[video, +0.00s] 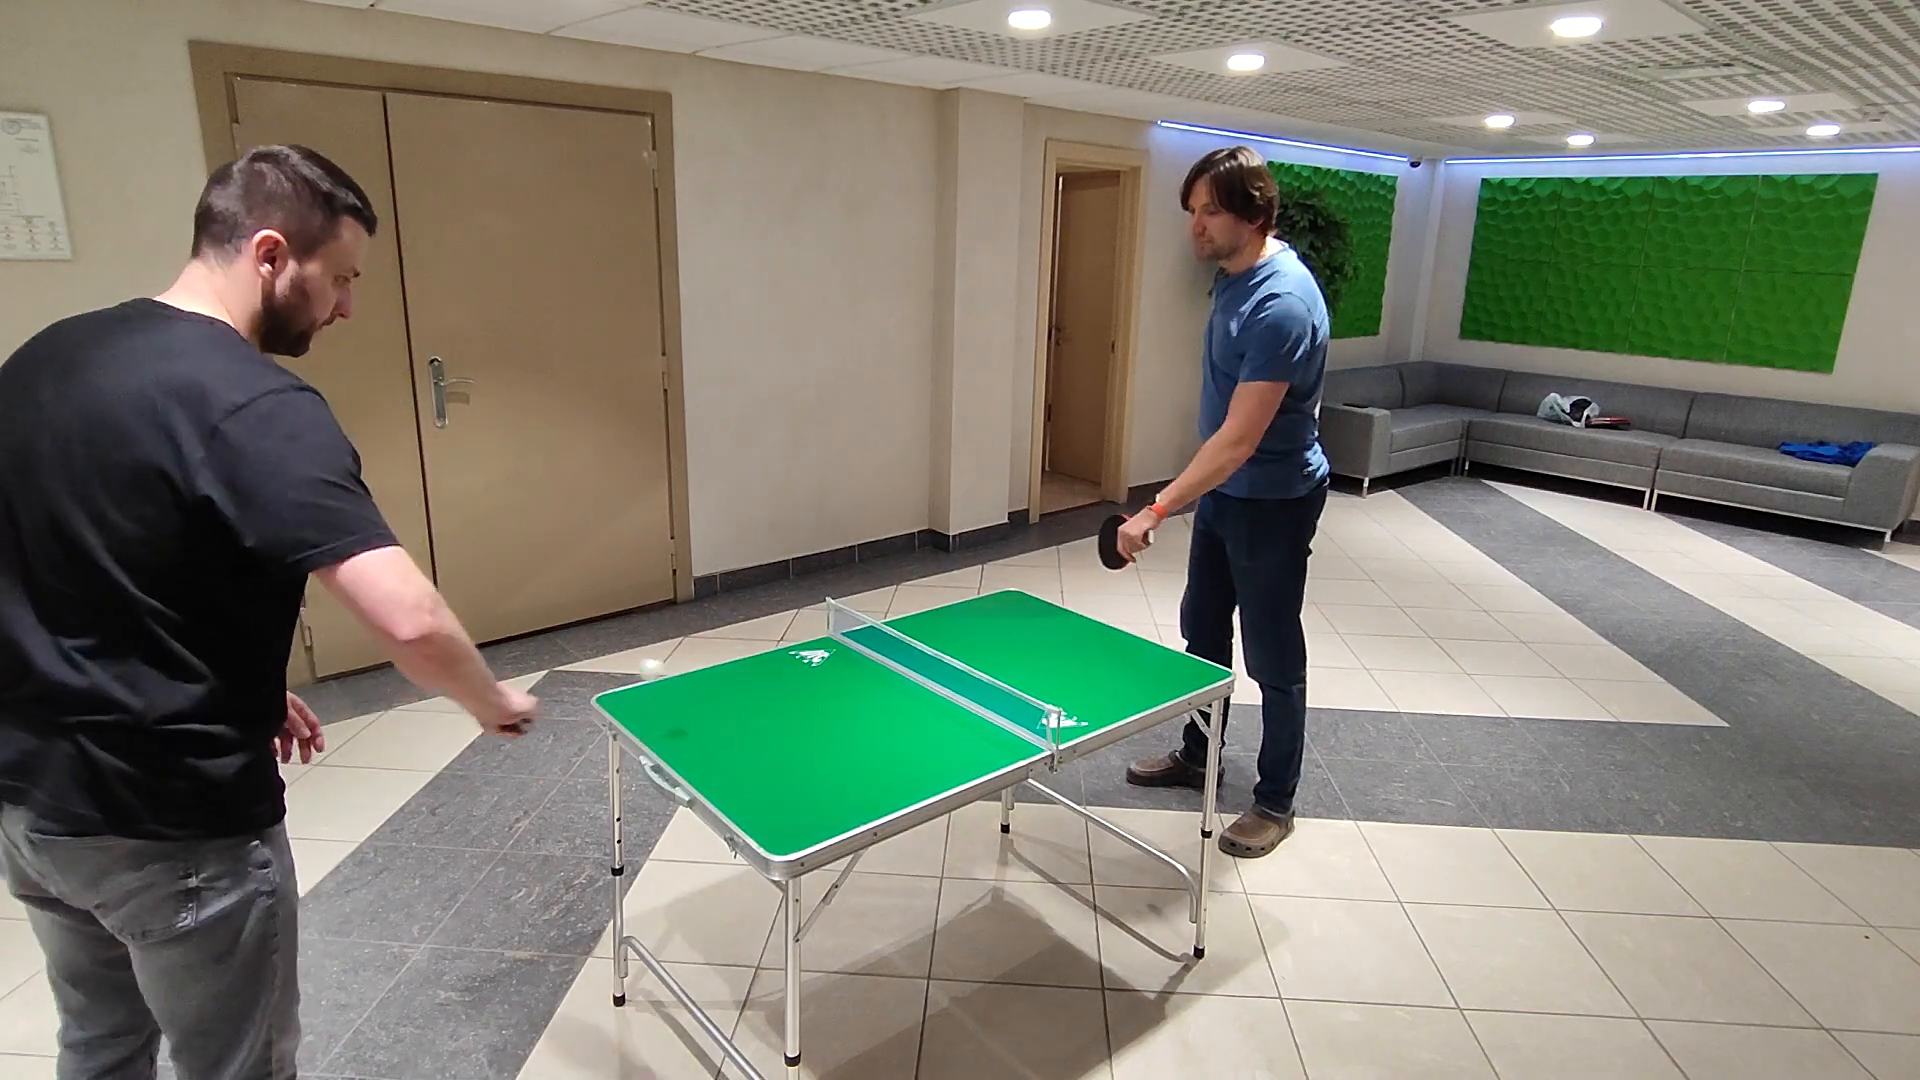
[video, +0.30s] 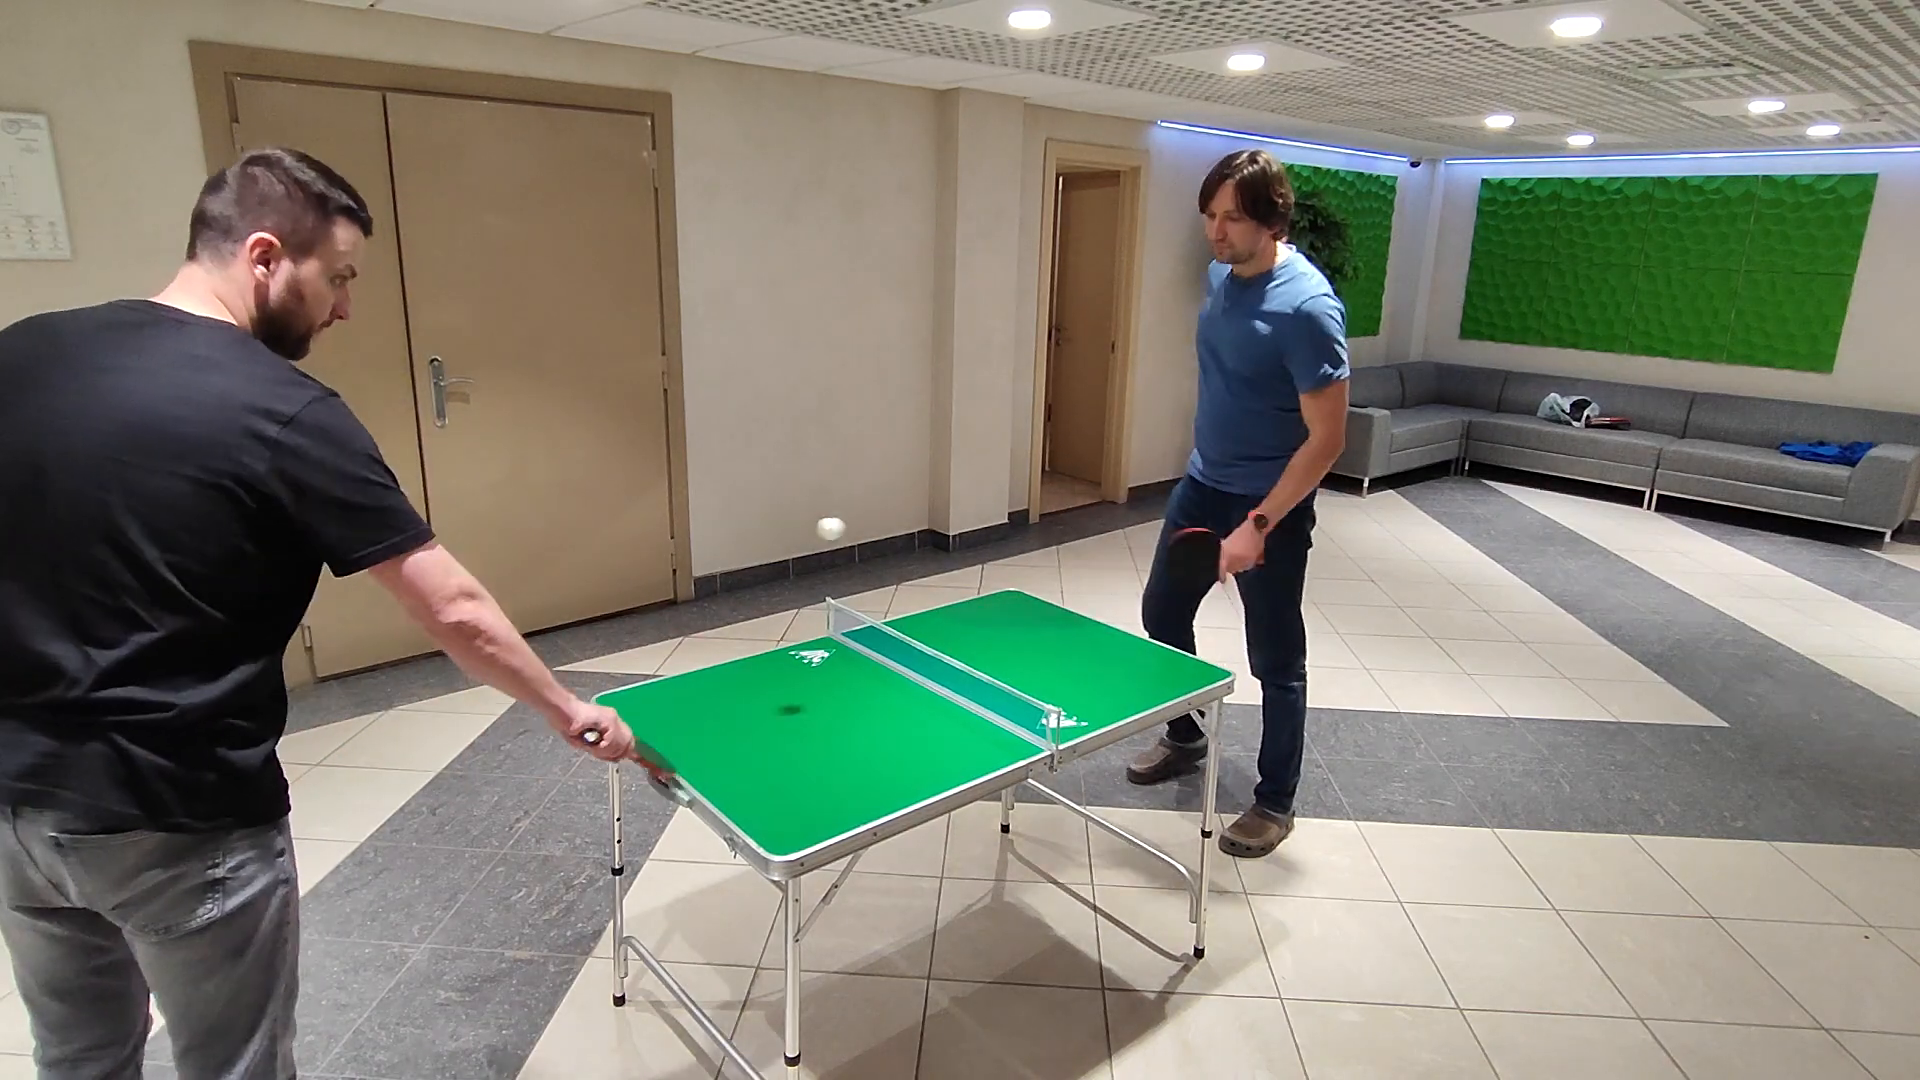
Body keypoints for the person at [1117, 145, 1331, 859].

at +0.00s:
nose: (1193, 226)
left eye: (1204, 214)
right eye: (1192, 213)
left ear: (1247, 215)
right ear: (1232, 216)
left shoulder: (1283, 307)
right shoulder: (1240, 276)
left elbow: (1237, 439)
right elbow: (1236, 409)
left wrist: (1153, 511)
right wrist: (1206, 480)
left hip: (1275, 497)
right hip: (1225, 486)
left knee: (1274, 658)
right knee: (1203, 629)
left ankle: (1274, 803)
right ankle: (1195, 756)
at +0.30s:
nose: (1214, 230)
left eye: (1228, 218)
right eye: (1210, 215)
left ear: (1269, 222)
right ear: (1211, 216)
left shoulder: (1308, 307)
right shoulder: (1226, 275)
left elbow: (1329, 437)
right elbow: (1231, 384)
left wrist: (1259, 523)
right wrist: (1207, 471)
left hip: (1271, 505)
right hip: (1205, 485)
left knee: (1277, 662)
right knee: (1163, 617)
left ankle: (1274, 803)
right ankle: (1185, 740)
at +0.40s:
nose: (1222, 238)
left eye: (1237, 225)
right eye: (1216, 224)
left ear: (1276, 226)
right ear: (1209, 220)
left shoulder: (1312, 310)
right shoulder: (1207, 277)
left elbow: (1326, 439)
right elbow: (1206, 375)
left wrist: (1290, 532)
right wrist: (1175, 451)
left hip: (1267, 506)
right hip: (1195, 488)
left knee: (1277, 664)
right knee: (1159, 616)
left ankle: (1273, 803)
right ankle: (1165, 732)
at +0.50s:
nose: (1225, 247)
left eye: (1241, 235)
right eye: (1216, 232)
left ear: (1275, 233)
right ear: (1206, 226)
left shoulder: (1307, 316)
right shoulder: (1189, 279)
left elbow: (1319, 434)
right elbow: (1173, 371)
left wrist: (1316, 533)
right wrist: (1141, 454)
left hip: (1260, 500)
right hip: (1183, 488)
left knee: (1271, 659)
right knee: (1151, 618)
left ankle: (1273, 803)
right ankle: (1146, 725)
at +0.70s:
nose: (1209, 273)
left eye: (1225, 261)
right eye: (1199, 256)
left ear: (1250, 261)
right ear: (1185, 249)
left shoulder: (1273, 339)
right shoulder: (1154, 300)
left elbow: (1277, 457)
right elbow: (1113, 381)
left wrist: (1278, 552)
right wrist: (1079, 458)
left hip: (1227, 499)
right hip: (1150, 487)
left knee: (1240, 641)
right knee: (1125, 613)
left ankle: (1270, 799)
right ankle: (1137, 724)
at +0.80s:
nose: (1198, 284)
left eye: (1213, 273)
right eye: (1189, 269)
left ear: (1238, 271)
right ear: (1177, 262)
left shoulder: (1259, 351)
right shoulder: (1150, 301)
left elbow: (1242, 461)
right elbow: (1105, 379)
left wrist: (1222, 551)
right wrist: (1063, 453)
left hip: (1212, 498)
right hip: (1138, 484)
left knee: (1232, 641)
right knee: (1119, 611)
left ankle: (1261, 788)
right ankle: (1139, 720)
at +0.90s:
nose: (1193, 286)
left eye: (1208, 275)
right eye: (1184, 270)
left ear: (1233, 273)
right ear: (1172, 262)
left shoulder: (1250, 349)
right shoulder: (1147, 299)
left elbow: (1222, 454)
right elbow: (1104, 373)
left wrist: (1191, 525)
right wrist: (1061, 446)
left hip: (1208, 491)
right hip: (1135, 478)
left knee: (1224, 631)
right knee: (1115, 605)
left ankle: (1252, 778)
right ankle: (1138, 720)